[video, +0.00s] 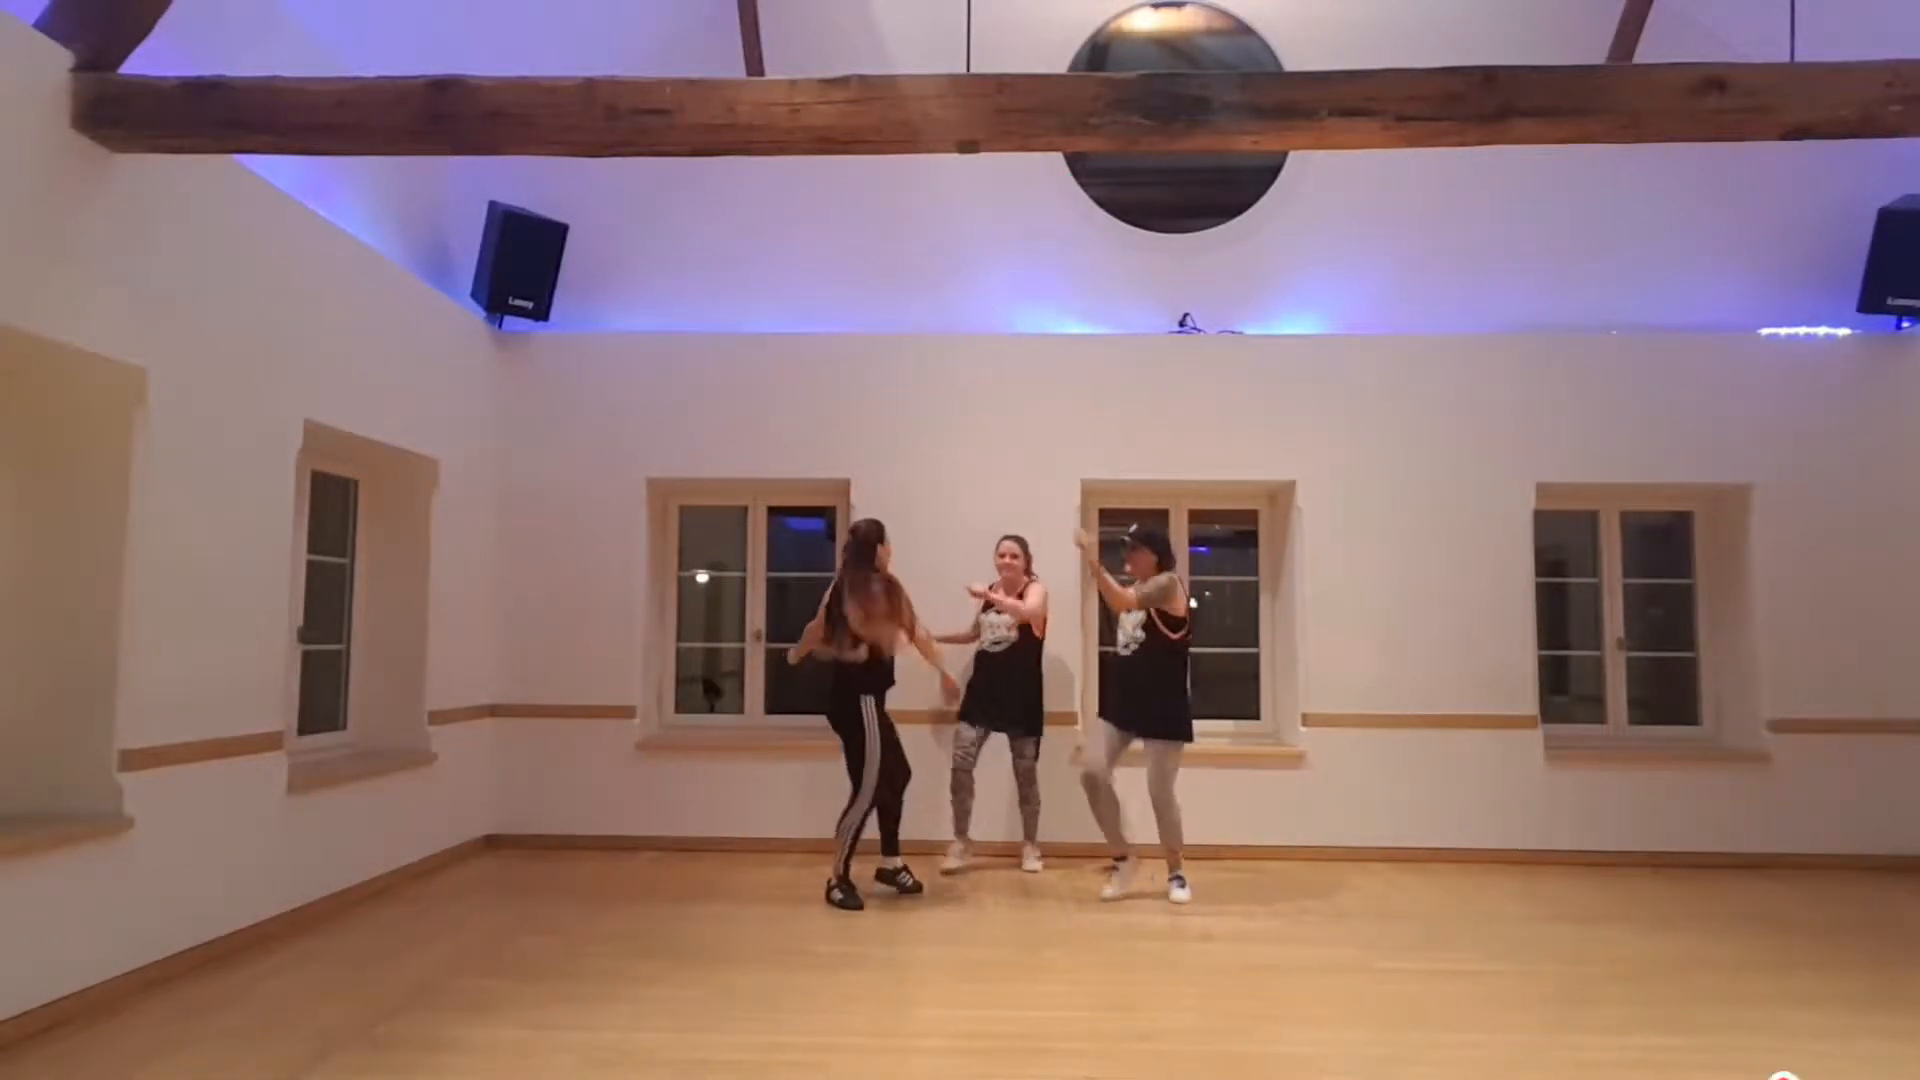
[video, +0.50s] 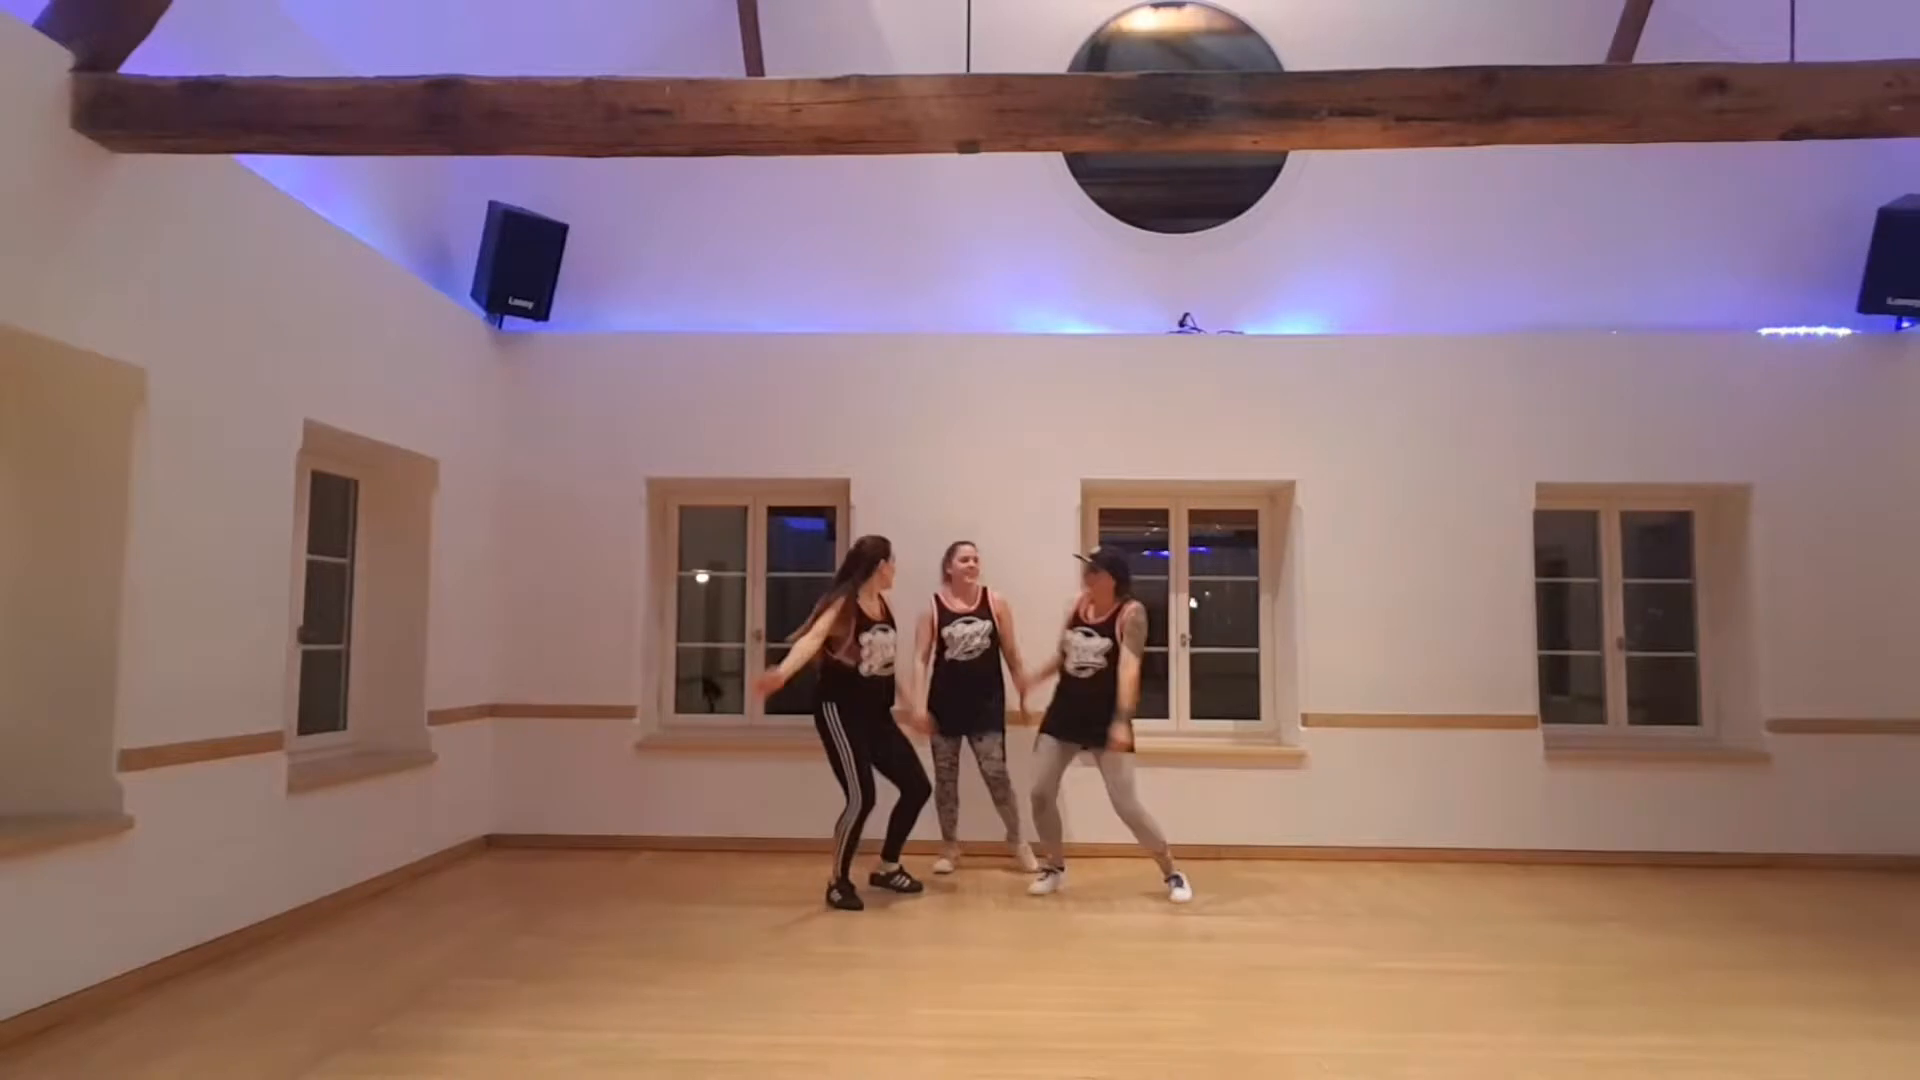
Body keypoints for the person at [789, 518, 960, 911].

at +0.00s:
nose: (891, 549)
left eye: (887, 543)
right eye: (887, 544)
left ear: (854, 549)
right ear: (880, 550)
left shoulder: (839, 588)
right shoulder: (887, 588)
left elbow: (813, 633)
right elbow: (916, 635)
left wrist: (796, 654)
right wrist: (944, 673)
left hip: (864, 698)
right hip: (858, 699)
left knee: (896, 775)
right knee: (868, 787)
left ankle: (891, 864)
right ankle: (838, 879)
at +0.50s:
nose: (894, 569)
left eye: (893, 562)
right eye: (891, 562)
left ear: (872, 567)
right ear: (878, 566)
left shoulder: (882, 604)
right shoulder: (842, 604)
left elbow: (887, 665)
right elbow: (812, 639)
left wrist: (909, 710)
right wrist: (782, 672)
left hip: (874, 711)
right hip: (838, 710)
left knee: (918, 788)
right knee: (861, 796)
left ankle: (887, 867)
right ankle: (838, 882)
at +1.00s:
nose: (896, 565)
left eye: (892, 559)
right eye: (890, 560)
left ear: (882, 570)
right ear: (877, 568)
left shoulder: (903, 607)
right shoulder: (860, 609)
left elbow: (919, 656)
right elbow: (844, 663)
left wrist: (929, 623)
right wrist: (846, 718)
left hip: (911, 714)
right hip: (875, 717)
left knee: (934, 793)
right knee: (860, 800)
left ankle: (906, 866)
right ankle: (835, 880)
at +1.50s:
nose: (921, 561)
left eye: (917, 555)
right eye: (919, 556)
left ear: (888, 561)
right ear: (915, 560)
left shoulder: (884, 596)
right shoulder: (911, 597)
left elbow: (868, 638)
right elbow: (905, 652)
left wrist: (884, 670)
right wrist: (937, 679)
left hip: (888, 698)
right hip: (901, 701)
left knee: (929, 788)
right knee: (930, 792)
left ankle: (906, 865)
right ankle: (869, 855)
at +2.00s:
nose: (929, 552)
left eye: (926, 547)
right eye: (924, 549)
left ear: (899, 558)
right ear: (913, 558)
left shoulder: (890, 585)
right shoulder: (919, 586)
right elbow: (950, 620)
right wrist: (969, 647)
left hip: (885, 691)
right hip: (878, 692)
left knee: (913, 781)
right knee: (876, 785)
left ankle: (903, 870)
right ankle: (829, 873)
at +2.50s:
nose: (924, 550)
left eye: (923, 544)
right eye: (918, 544)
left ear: (909, 551)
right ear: (896, 550)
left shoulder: (919, 584)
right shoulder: (863, 582)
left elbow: (964, 603)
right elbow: (810, 597)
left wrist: (972, 602)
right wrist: (815, 644)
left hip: (900, 697)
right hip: (859, 693)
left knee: (913, 782)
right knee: (855, 778)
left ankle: (900, 868)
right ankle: (834, 869)